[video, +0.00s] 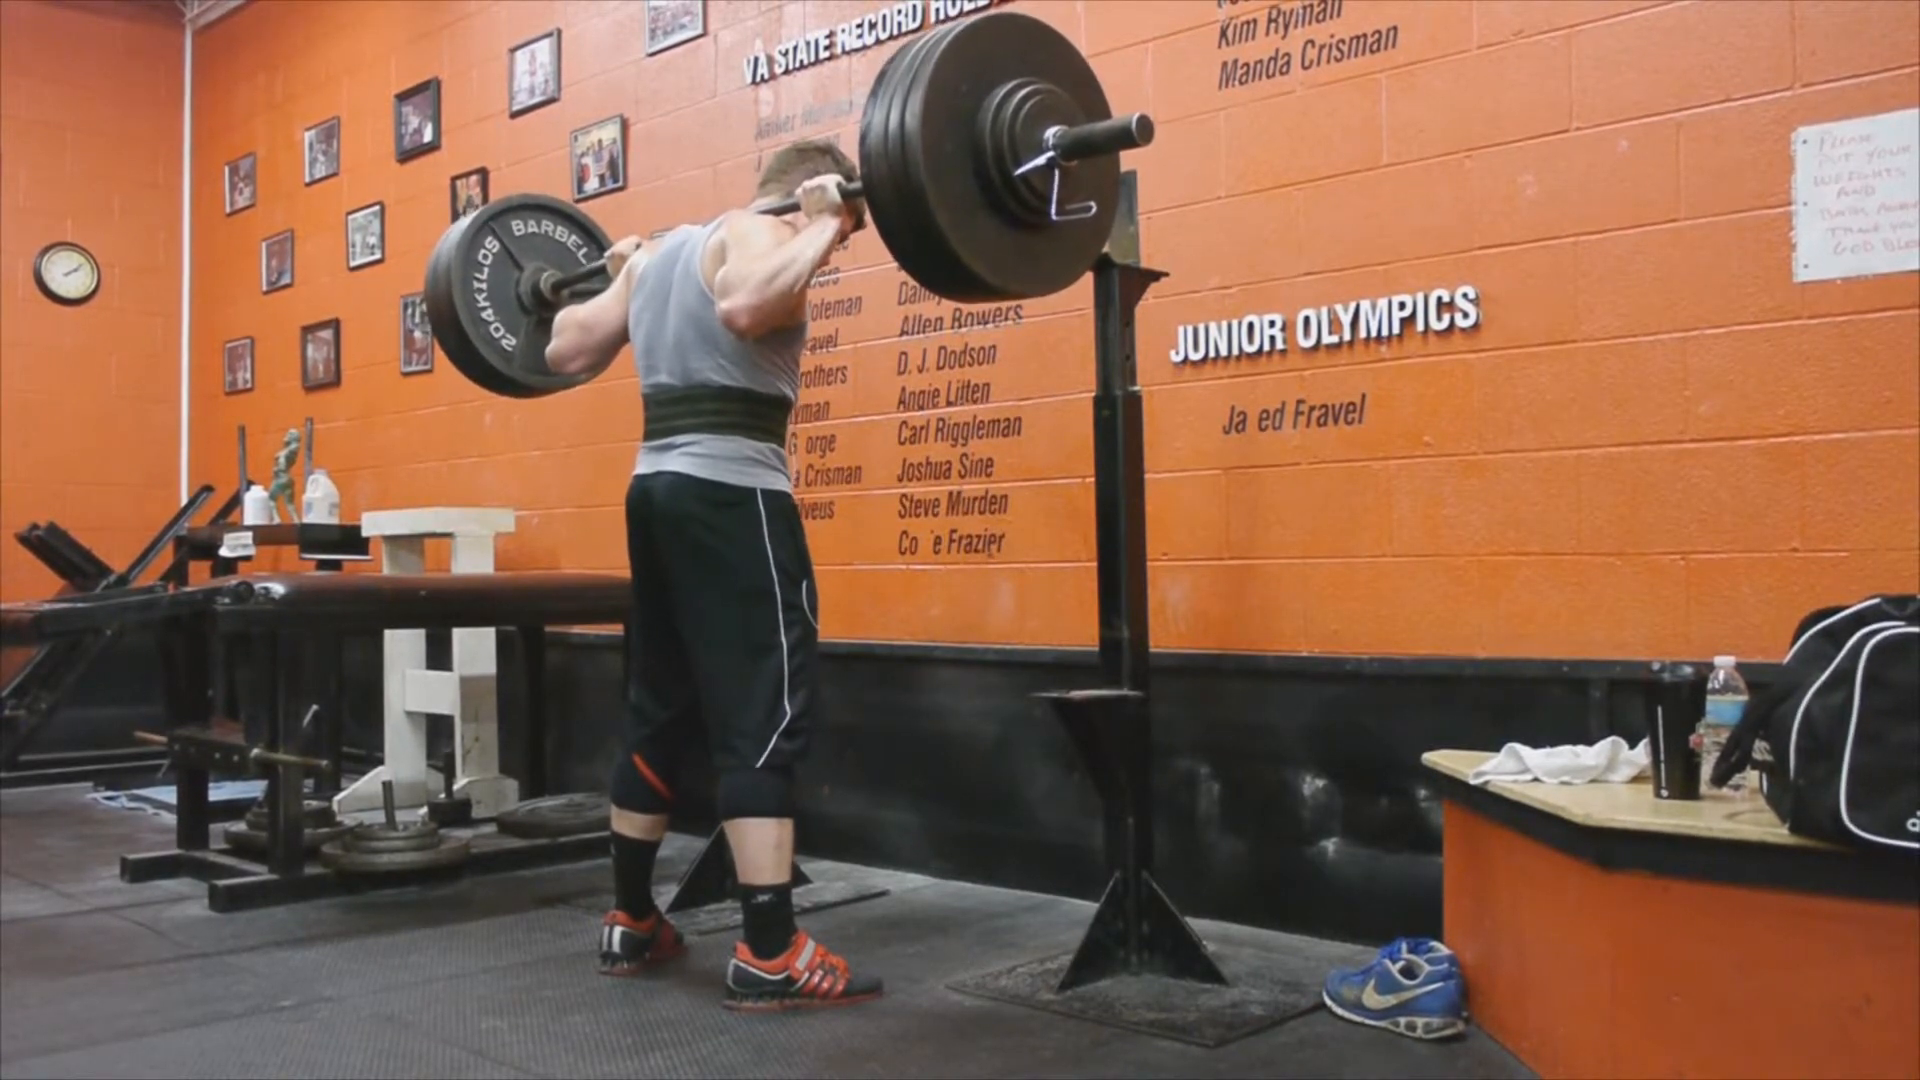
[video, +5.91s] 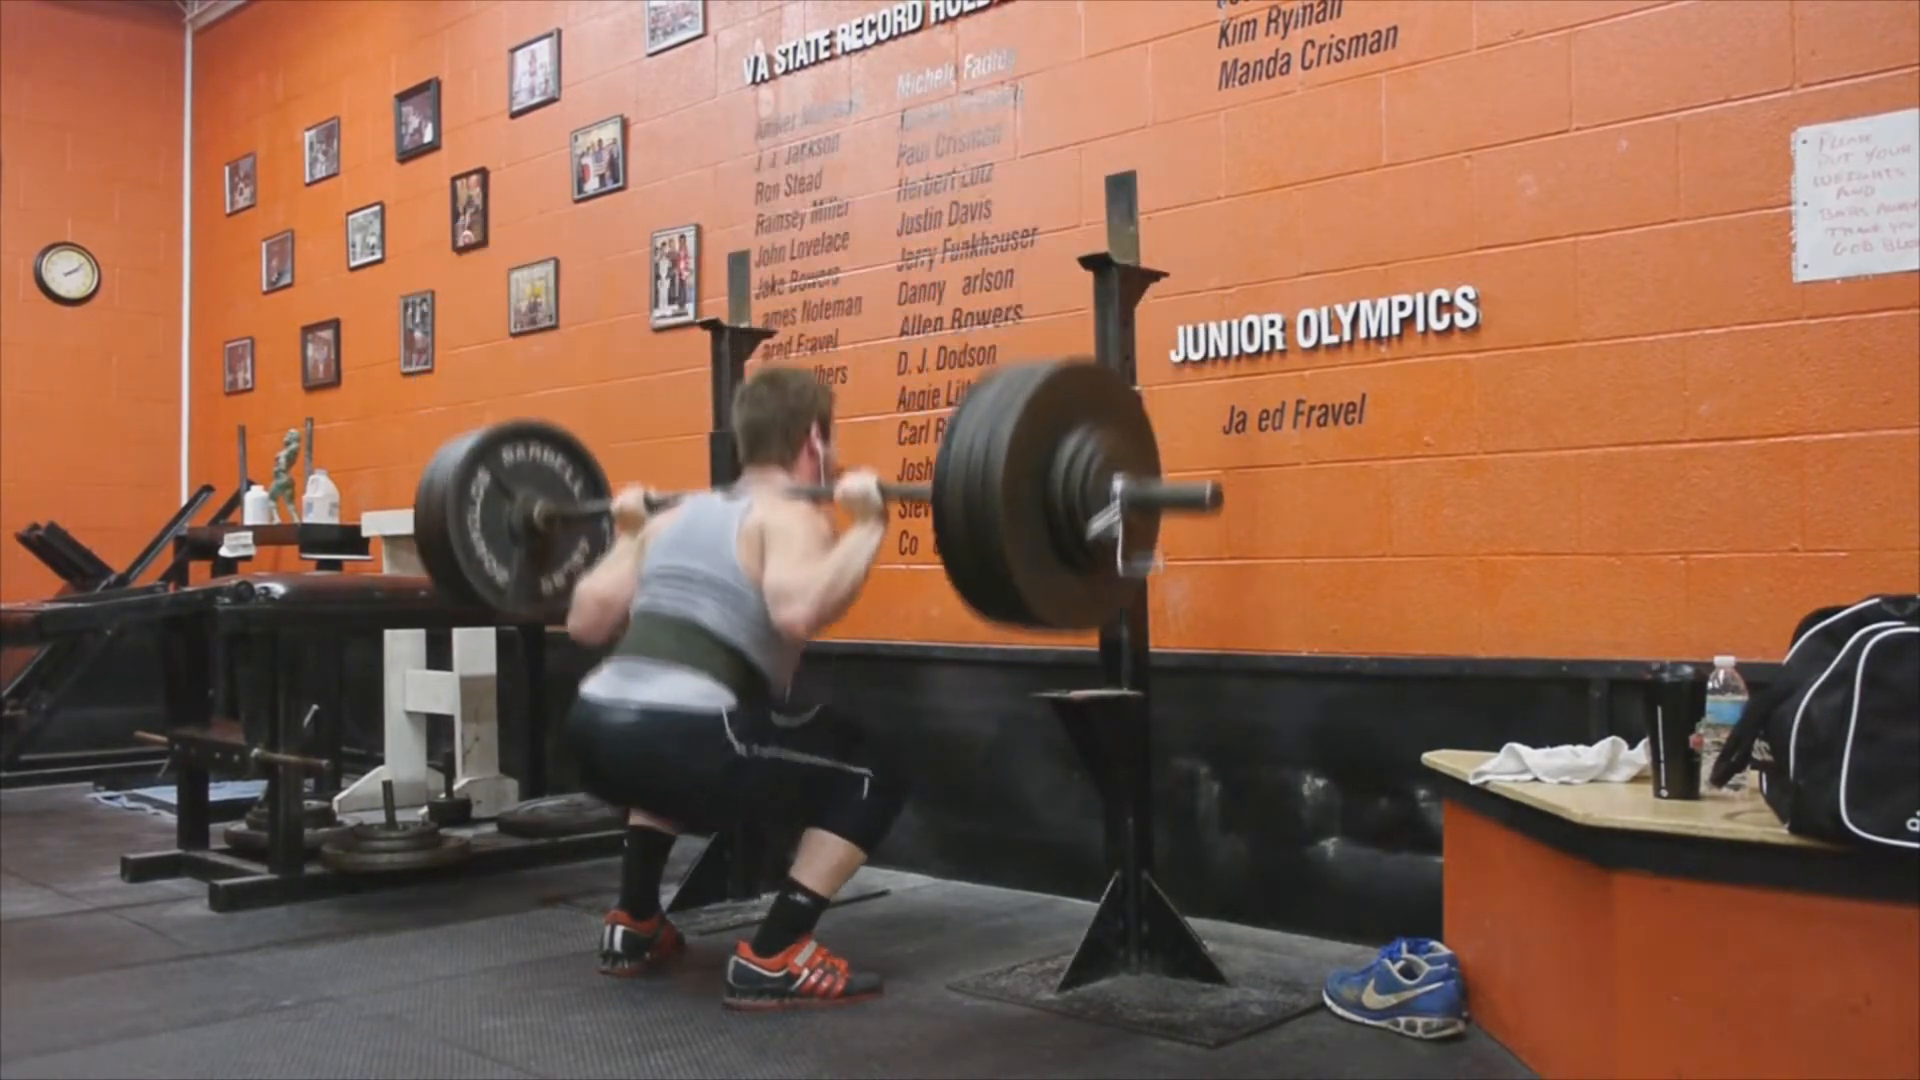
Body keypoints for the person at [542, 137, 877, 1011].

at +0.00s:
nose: (839, 241)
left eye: (847, 229)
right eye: (841, 224)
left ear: (761, 189)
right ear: (814, 200)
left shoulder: (661, 256)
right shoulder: (768, 233)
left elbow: (564, 348)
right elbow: (744, 308)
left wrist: (617, 278)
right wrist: (824, 230)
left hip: (657, 496)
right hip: (735, 498)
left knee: (662, 708)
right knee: (763, 714)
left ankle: (631, 921)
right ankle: (769, 947)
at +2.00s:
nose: (825, 191)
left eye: (825, 175)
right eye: (823, 175)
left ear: (736, 174)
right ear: (799, 170)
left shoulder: (664, 253)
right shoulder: (772, 226)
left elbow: (566, 350)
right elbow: (752, 300)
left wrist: (611, 274)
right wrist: (833, 226)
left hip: (652, 485)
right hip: (728, 486)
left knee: (658, 709)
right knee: (755, 714)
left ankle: (631, 920)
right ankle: (770, 947)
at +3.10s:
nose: (826, 285)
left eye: (825, 272)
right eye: (825, 272)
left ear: (739, 272)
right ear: (806, 271)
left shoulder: (670, 344)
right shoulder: (779, 332)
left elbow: (574, 444)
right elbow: (767, 407)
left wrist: (621, 363)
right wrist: (846, 333)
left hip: (602, 565)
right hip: (689, 571)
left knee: (660, 722)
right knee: (834, 734)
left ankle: (632, 921)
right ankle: (775, 948)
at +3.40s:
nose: (833, 377)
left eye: (831, 363)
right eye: (831, 362)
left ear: (744, 365)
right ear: (811, 366)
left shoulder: (680, 438)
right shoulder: (787, 428)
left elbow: (586, 548)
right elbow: (781, 522)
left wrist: (636, 460)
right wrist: (857, 442)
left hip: (596, 654)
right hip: (686, 663)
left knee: (668, 745)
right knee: (855, 766)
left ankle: (633, 920)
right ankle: (776, 951)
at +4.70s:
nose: (825, 265)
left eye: (823, 252)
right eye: (824, 253)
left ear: (739, 254)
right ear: (805, 251)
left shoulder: (668, 326)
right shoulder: (783, 316)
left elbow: (569, 419)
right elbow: (771, 387)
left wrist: (617, 345)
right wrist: (851, 315)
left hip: (599, 536)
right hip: (688, 543)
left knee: (666, 712)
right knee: (811, 717)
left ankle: (633, 919)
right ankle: (775, 947)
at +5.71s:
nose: (835, 373)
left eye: (837, 361)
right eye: (834, 360)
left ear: (744, 363)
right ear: (815, 363)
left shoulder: (675, 434)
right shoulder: (789, 427)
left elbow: (579, 540)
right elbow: (790, 515)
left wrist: (625, 454)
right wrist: (864, 440)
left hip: (594, 642)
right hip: (687, 654)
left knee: (665, 735)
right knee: (853, 750)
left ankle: (634, 920)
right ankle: (776, 949)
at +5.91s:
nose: (833, 451)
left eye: (833, 436)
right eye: (831, 436)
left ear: (743, 442)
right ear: (813, 443)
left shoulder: (675, 515)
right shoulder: (792, 516)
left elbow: (587, 621)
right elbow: (796, 610)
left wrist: (627, 533)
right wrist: (868, 525)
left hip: (599, 736)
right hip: (696, 749)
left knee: (675, 751)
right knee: (870, 782)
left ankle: (634, 918)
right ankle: (776, 951)